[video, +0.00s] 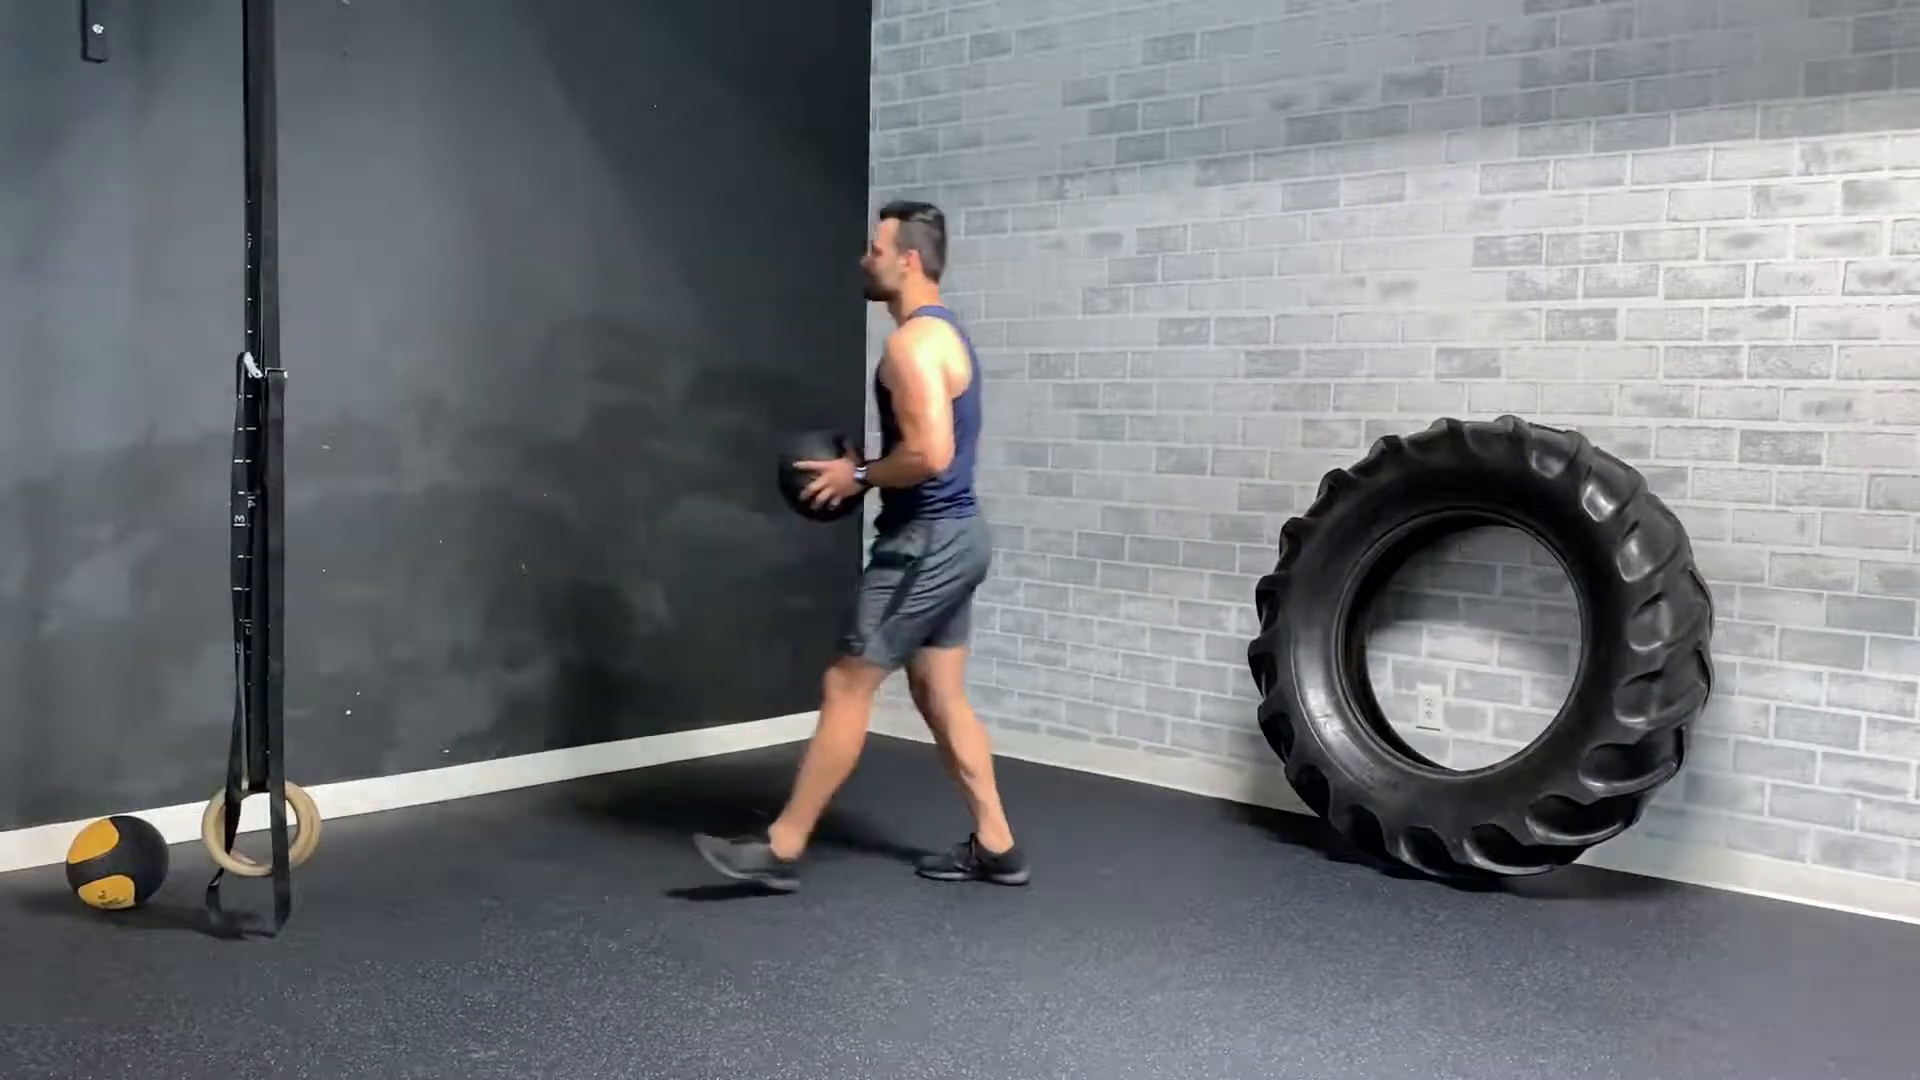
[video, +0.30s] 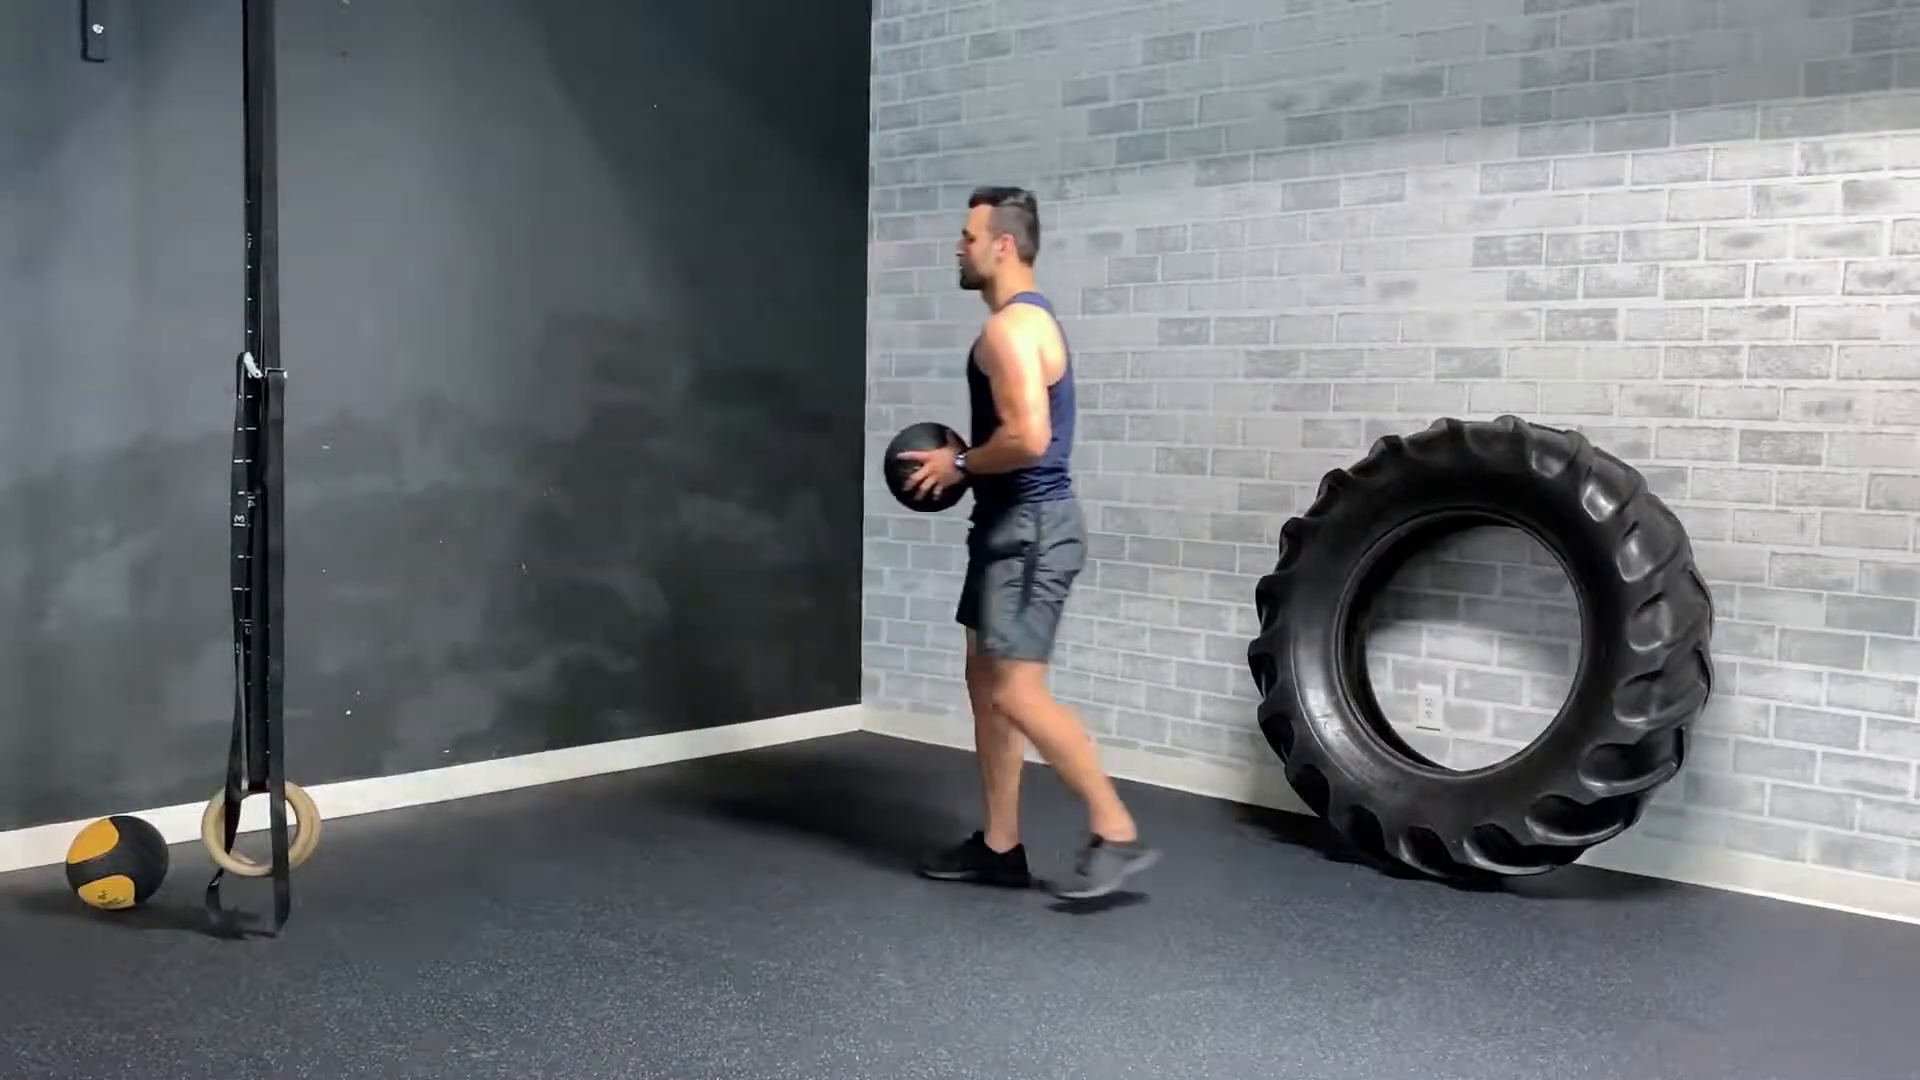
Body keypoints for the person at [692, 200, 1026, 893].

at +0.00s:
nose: (864, 262)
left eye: (875, 250)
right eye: (868, 250)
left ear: (911, 260)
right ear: (919, 262)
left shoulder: (911, 345)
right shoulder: (945, 335)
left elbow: (930, 455)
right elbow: (937, 449)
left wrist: (860, 474)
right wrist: (860, 466)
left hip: (922, 542)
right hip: (955, 535)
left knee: (848, 685)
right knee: (941, 692)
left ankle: (783, 846)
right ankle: (996, 843)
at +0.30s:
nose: (959, 250)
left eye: (968, 239)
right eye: (962, 238)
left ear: (1006, 247)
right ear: (1009, 250)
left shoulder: (1009, 330)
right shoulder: (1031, 322)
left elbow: (1027, 440)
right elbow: (1029, 433)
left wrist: (962, 465)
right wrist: (958, 453)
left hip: (1030, 528)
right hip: (1015, 524)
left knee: (1018, 688)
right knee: (988, 680)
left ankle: (1118, 832)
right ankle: (1000, 846)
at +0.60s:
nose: (1035, 268)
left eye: (1045, 257)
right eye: (1037, 257)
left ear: (1084, 261)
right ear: (1087, 263)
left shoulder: (1100, 346)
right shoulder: (1110, 336)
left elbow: (1105, 457)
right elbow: (1104, 454)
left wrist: (1039, 475)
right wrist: (1038, 474)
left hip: (1129, 540)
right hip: (1097, 538)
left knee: (1143, 702)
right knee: (1029, 673)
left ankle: (1192, 868)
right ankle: (1013, 842)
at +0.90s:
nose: (1056, 270)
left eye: (1064, 257)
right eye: (1057, 257)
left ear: (1103, 259)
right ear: (1106, 262)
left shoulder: (1119, 342)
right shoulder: (1137, 333)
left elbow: (1144, 450)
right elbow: (1139, 450)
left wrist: (1068, 473)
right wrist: (1062, 469)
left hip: (1143, 540)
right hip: (1108, 537)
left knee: (1159, 701)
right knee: (1037, 669)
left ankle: (1195, 868)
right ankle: (996, 821)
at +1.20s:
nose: (1002, 280)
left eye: (1012, 268)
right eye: (1005, 268)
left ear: (1051, 275)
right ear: (1054, 276)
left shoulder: (1069, 352)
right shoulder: (1074, 348)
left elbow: (1077, 459)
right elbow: (1073, 461)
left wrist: (1009, 479)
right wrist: (1006, 479)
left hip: (1101, 543)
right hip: (1064, 546)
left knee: (1132, 702)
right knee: (996, 679)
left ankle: (1192, 866)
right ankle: (973, 835)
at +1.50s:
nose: (980, 277)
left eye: (990, 265)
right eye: (983, 265)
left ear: (1026, 272)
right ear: (1027, 273)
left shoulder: (1045, 342)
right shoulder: (1035, 345)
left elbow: (982, 439)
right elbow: (981, 451)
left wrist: (915, 424)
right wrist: (910, 429)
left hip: (1092, 532)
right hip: (1047, 545)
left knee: (1158, 676)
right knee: (989, 675)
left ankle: (1253, 832)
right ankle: (973, 835)